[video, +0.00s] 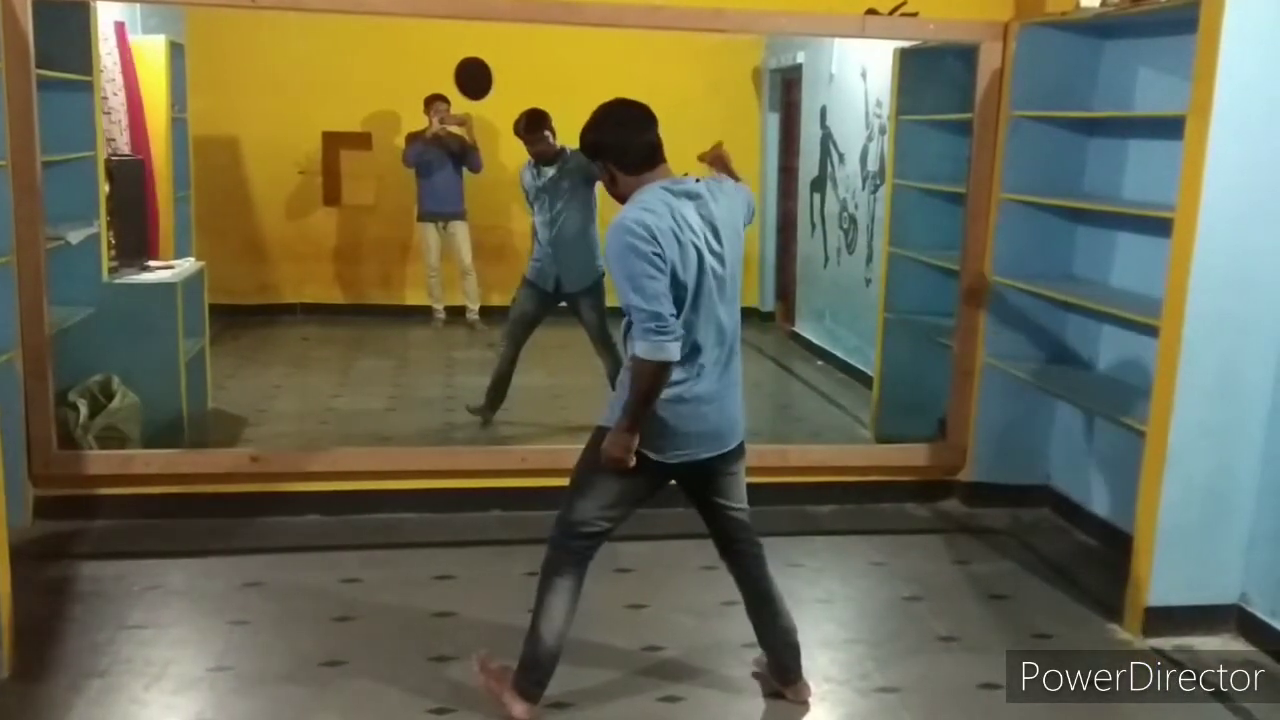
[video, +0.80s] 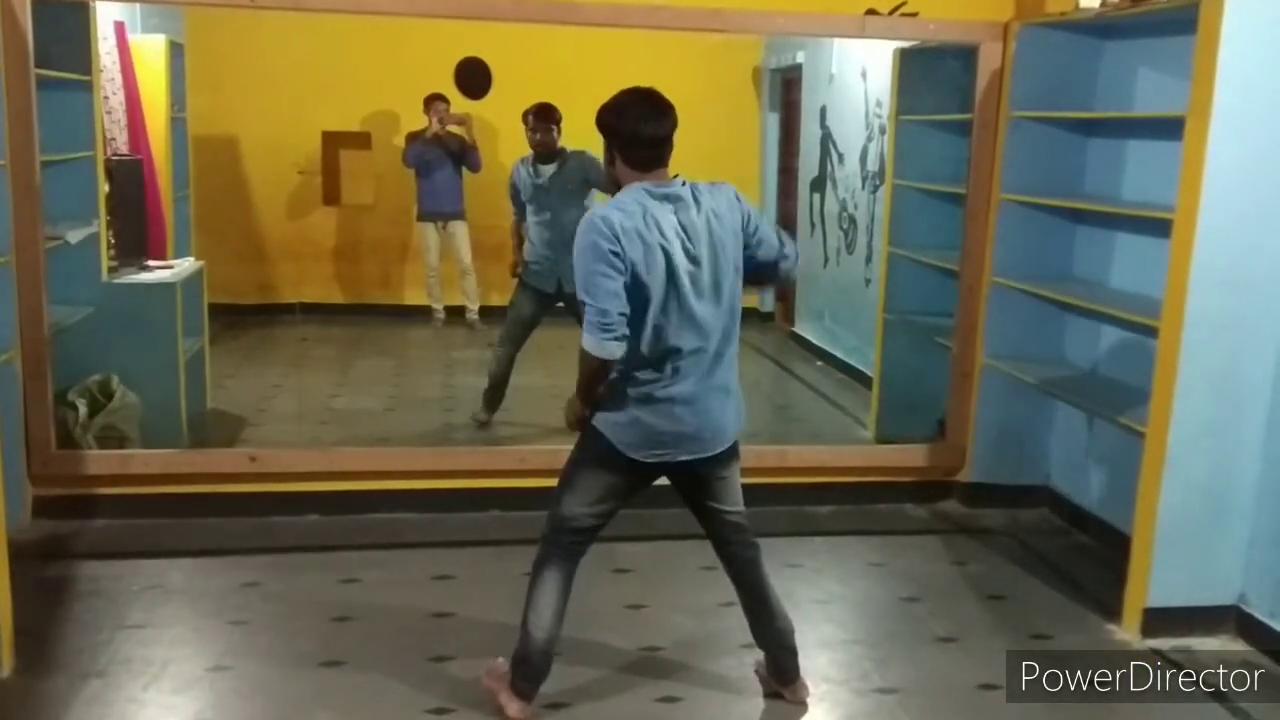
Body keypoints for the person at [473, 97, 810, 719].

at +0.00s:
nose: (598, 181)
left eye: (596, 170)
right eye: (596, 170)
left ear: (608, 171)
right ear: (661, 151)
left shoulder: (631, 229)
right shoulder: (715, 198)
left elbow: (659, 343)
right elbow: (742, 195)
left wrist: (626, 428)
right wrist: (724, 166)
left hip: (654, 420)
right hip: (719, 416)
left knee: (573, 543)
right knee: (740, 541)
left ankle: (525, 686)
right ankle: (789, 676)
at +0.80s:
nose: (603, 155)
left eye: (604, 146)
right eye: (606, 145)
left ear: (612, 150)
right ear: (672, 145)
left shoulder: (605, 225)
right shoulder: (723, 203)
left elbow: (607, 341)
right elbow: (781, 261)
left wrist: (582, 398)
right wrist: (716, 268)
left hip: (633, 423)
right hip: (712, 419)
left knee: (562, 547)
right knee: (741, 549)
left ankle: (521, 685)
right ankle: (786, 676)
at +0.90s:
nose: (604, 154)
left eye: (604, 145)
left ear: (610, 151)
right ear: (672, 147)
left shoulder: (598, 222)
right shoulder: (726, 218)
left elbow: (598, 339)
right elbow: (768, 315)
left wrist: (577, 392)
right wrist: (713, 351)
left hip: (627, 427)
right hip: (709, 426)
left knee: (559, 550)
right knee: (743, 555)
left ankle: (518, 690)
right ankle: (787, 678)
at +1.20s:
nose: (608, 156)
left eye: (609, 147)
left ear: (614, 154)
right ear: (676, 151)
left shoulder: (587, 215)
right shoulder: (724, 231)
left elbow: (546, 322)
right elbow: (729, 337)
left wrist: (569, 391)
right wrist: (670, 348)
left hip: (616, 424)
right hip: (700, 425)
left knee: (552, 546)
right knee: (742, 552)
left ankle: (519, 688)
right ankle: (789, 678)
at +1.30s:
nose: (598, 158)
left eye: (600, 150)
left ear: (606, 158)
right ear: (669, 154)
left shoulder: (578, 216)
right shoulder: (710, 224)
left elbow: (541, 319)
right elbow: (743, 300)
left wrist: (567, 396)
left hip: (610, 423)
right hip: (693, 424)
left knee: (546, 544)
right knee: (741, 551)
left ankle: (519, 688)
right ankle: (790, 679)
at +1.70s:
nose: (579, 154)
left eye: (580, 146)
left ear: (589, 152)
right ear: (649, 143)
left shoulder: (570, 216)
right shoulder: (694, 196)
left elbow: (558, 334)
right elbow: (722, 253)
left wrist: (567, 404)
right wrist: (653, 202)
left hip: (613, 416)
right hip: (694, 413)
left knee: (550, 542)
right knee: (739, 543)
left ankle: (520, 686)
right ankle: (782, 679)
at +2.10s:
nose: (581, 149)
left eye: (584, 141)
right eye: (585, 141)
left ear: (595, 148)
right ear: (654, 145)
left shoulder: (578, 218)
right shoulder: (684, 199)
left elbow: (562, 333)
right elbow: (638, 196)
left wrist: (561, 396)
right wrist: (586, 185)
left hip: (610, 417)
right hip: (687, 411)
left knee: (545, 543)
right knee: (735, 538)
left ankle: (520, 688)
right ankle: (788, 679)